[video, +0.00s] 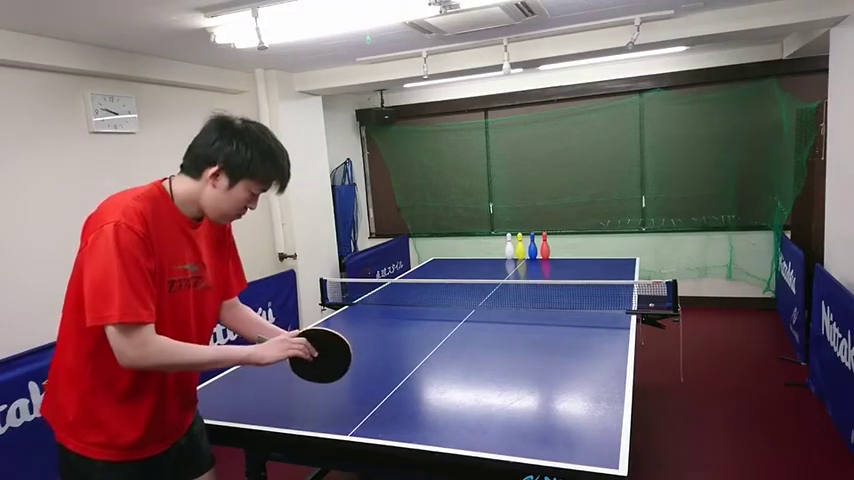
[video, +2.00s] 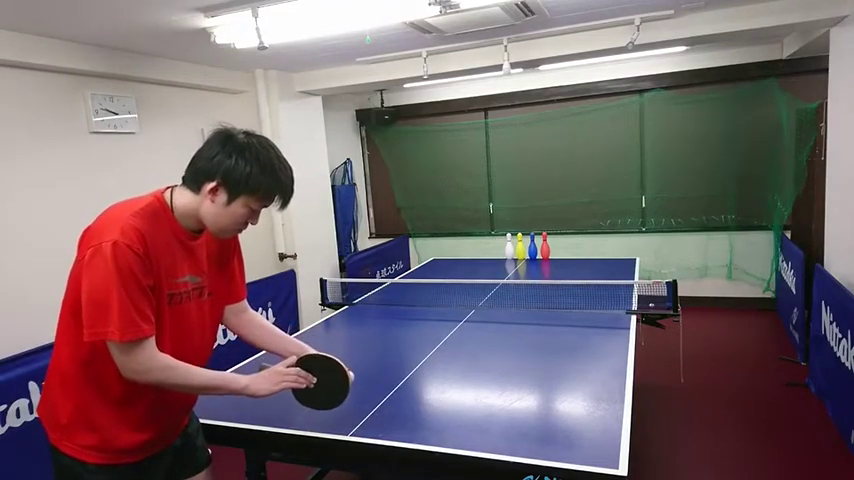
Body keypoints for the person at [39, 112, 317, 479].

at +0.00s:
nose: (252, 207)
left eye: (257, 197)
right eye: (251, 194)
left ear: (215, 177)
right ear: (215, 175)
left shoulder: (211, 221)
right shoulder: (121, 225)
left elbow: (226, 305)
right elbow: (134, 349)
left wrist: (284, 340)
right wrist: (251, 354)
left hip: (173, 419)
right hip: (105, 438)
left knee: (201, 472)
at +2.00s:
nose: (254, 222)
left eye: (259, 212)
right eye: (251, 209)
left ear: (214, 192)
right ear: (214, 191)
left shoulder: (217, 231)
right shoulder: (120, 241)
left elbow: (237, 313)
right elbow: (137, 362)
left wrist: (306, 354)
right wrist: (245, 383)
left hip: (169, 422)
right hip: (99, 444)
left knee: (197, 471)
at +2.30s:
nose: (249, 221)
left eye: (255, 212)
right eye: (247, 210)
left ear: (207, 193)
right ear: (207, 192)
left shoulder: (217, 232)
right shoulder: (105, 239)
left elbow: (238, 312)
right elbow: (90, 364)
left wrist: (311, 355)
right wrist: (200, 411)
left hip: (172, 434)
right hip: (96, 453)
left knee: (200, 472)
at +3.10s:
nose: (268, 225)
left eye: (273, 216)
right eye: (266, 214)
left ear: (228, 197)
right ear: (228, 196)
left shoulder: (233, 234)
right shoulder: (132, 239)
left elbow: (252, 304)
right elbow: (84, 354)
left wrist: (316, 335)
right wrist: (197, 391)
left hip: (176, 428)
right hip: (105, 442)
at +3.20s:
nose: (281, 228)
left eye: (286, 219)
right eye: (281, 216)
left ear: (247, 201)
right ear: (246, 200)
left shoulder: (237, 231)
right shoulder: (159, 245)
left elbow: (255, 303)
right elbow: (152, 363)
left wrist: (317, 319)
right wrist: (264, 388)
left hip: (176, 415)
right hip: (112, 430)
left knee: (199, 472)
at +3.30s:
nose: (292, 228)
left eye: (297, 219)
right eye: (293, 216)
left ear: (258, 202)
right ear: (261, 203)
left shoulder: (235, 225)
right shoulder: (191, 262)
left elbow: (255, 299)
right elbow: (239, 352)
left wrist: (303, 299)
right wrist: (318, 364)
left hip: (172, 410)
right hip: (118, 426)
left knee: (202, 472)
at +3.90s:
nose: (284, 188)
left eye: (286, 178)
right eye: (285, 178)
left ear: (225, 165)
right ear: (267, 178)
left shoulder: (192, 204)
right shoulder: (224, 234)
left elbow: (218, 293)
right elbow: (253, 330)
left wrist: (270, 278)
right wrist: (309, 332)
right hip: (143, 428)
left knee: (207, 471)